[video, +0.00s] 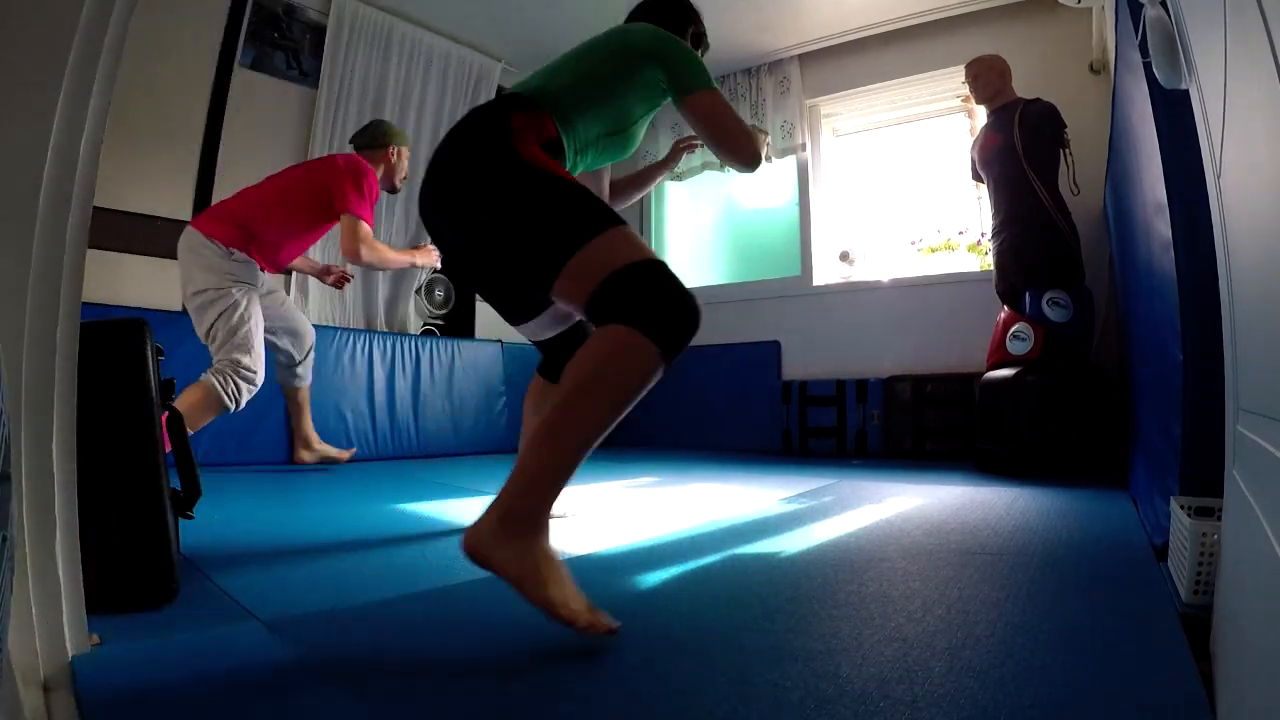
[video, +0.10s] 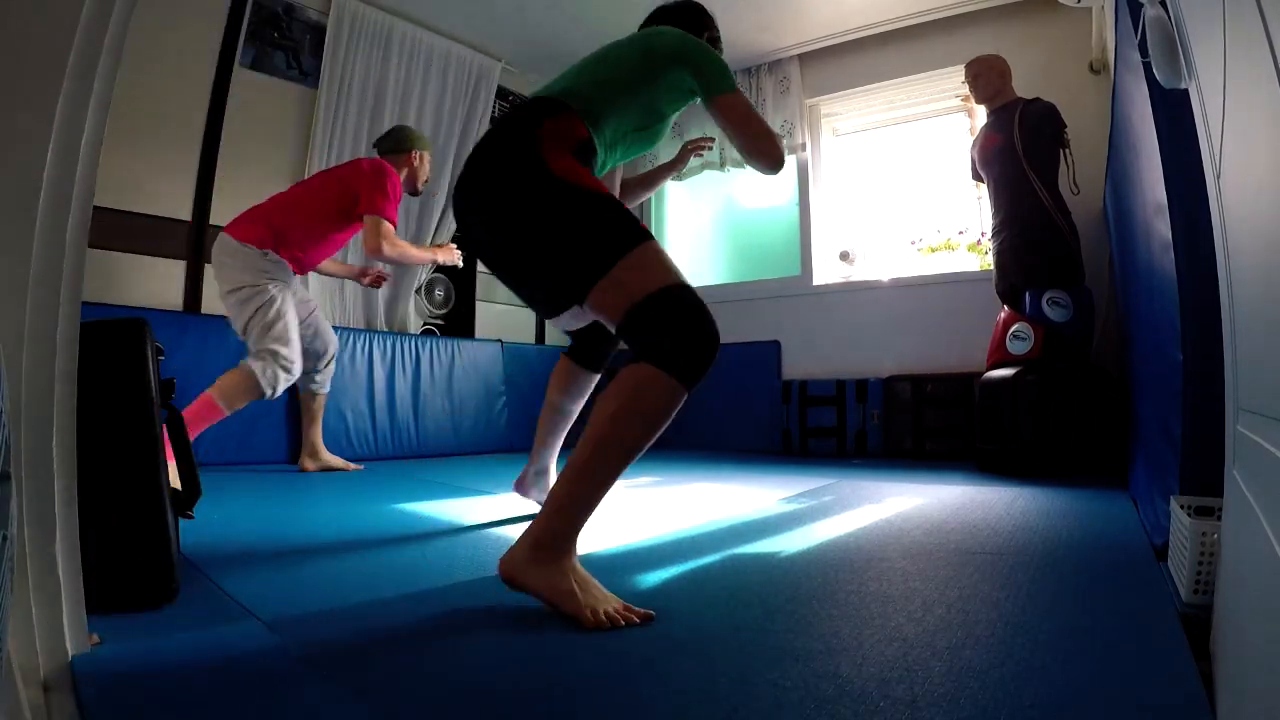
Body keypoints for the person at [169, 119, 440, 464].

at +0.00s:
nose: (407, 168)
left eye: (408, 159)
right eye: (407, 157)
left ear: (370, 149)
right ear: (391, 153)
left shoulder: (337, 171)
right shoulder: (359, 172)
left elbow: (265, 243)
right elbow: (358, 248)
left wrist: (318, 269)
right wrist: (414, 257)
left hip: (245, 261)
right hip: (218, 252)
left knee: (297, 337)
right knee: (239, 374)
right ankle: (152, 444)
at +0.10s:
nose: (429, 171)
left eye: (429, 163)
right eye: (428, 162)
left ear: (399, 156)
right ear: (413, 158)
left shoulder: (364, 178)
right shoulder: (382, 175)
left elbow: (303, 252)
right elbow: (380, 246)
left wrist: (357, 273)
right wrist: (435, 255)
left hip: (278, 265)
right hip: (251, 254)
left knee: (320, 349)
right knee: (277, 362)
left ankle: (313, 451)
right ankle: (176, 436)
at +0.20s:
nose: (449, 174)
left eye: (449, 165)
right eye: (449, 164)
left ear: (414, 157)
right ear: (437, 160)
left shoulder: (384, 183)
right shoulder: (401, 174)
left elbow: (344, 261)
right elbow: (398, 242)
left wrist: (396, 268)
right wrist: (453, 253)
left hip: (291, 254)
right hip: (276, 248)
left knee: (348, 346)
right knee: (334, 339)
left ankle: (318, 445)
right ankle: (251, 434)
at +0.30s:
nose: (466, 181)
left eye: (468, 173)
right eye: (467, 172)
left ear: (437, 162)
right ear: (455, 164)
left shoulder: (404, 181)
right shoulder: (420, 176)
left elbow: (358, 260)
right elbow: (423, 246)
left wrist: (414, 267)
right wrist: (474, 254)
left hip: (326, 263)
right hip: (308, 259)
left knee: (388, 335)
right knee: (361, 349)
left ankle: (347, 425)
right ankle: (288, 453)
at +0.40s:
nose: (483, 183)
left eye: (482, 175)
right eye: (482, 174)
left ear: (446, 169)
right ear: (471, 171)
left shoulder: (427, 192)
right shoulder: (442, 186)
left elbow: (383, 268)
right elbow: (449, 251)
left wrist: (430, 272)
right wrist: (493, 257)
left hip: (362, 282)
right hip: (337, 276)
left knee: (411, 349)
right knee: (373, 368)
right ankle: (291, 458)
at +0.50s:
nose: (501, 193)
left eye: (501, 185)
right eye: (500, 184)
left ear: (464, 180)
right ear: (489, 182)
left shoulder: (444, 204)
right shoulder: (462, 200)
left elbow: (423, 280)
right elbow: (473, 263)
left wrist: (467, 277)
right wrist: (516, 265)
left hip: (391, 292)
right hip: (369, 286)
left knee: (436, 358)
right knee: (407, 368)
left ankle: (418, 445)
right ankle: (317, 436)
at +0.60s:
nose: (518, 199)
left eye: (517, 192)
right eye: (517, 191)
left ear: (482, 186)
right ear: (508, 189)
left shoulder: (463, 208)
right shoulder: (483, 207)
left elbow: (445, 285)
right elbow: (491, 271)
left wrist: (495, 276)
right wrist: (533, 271)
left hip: (386, 286)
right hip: (394, 286)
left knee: (447, 359)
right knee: (452, 356)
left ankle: (419, 445)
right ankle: (377, 429)